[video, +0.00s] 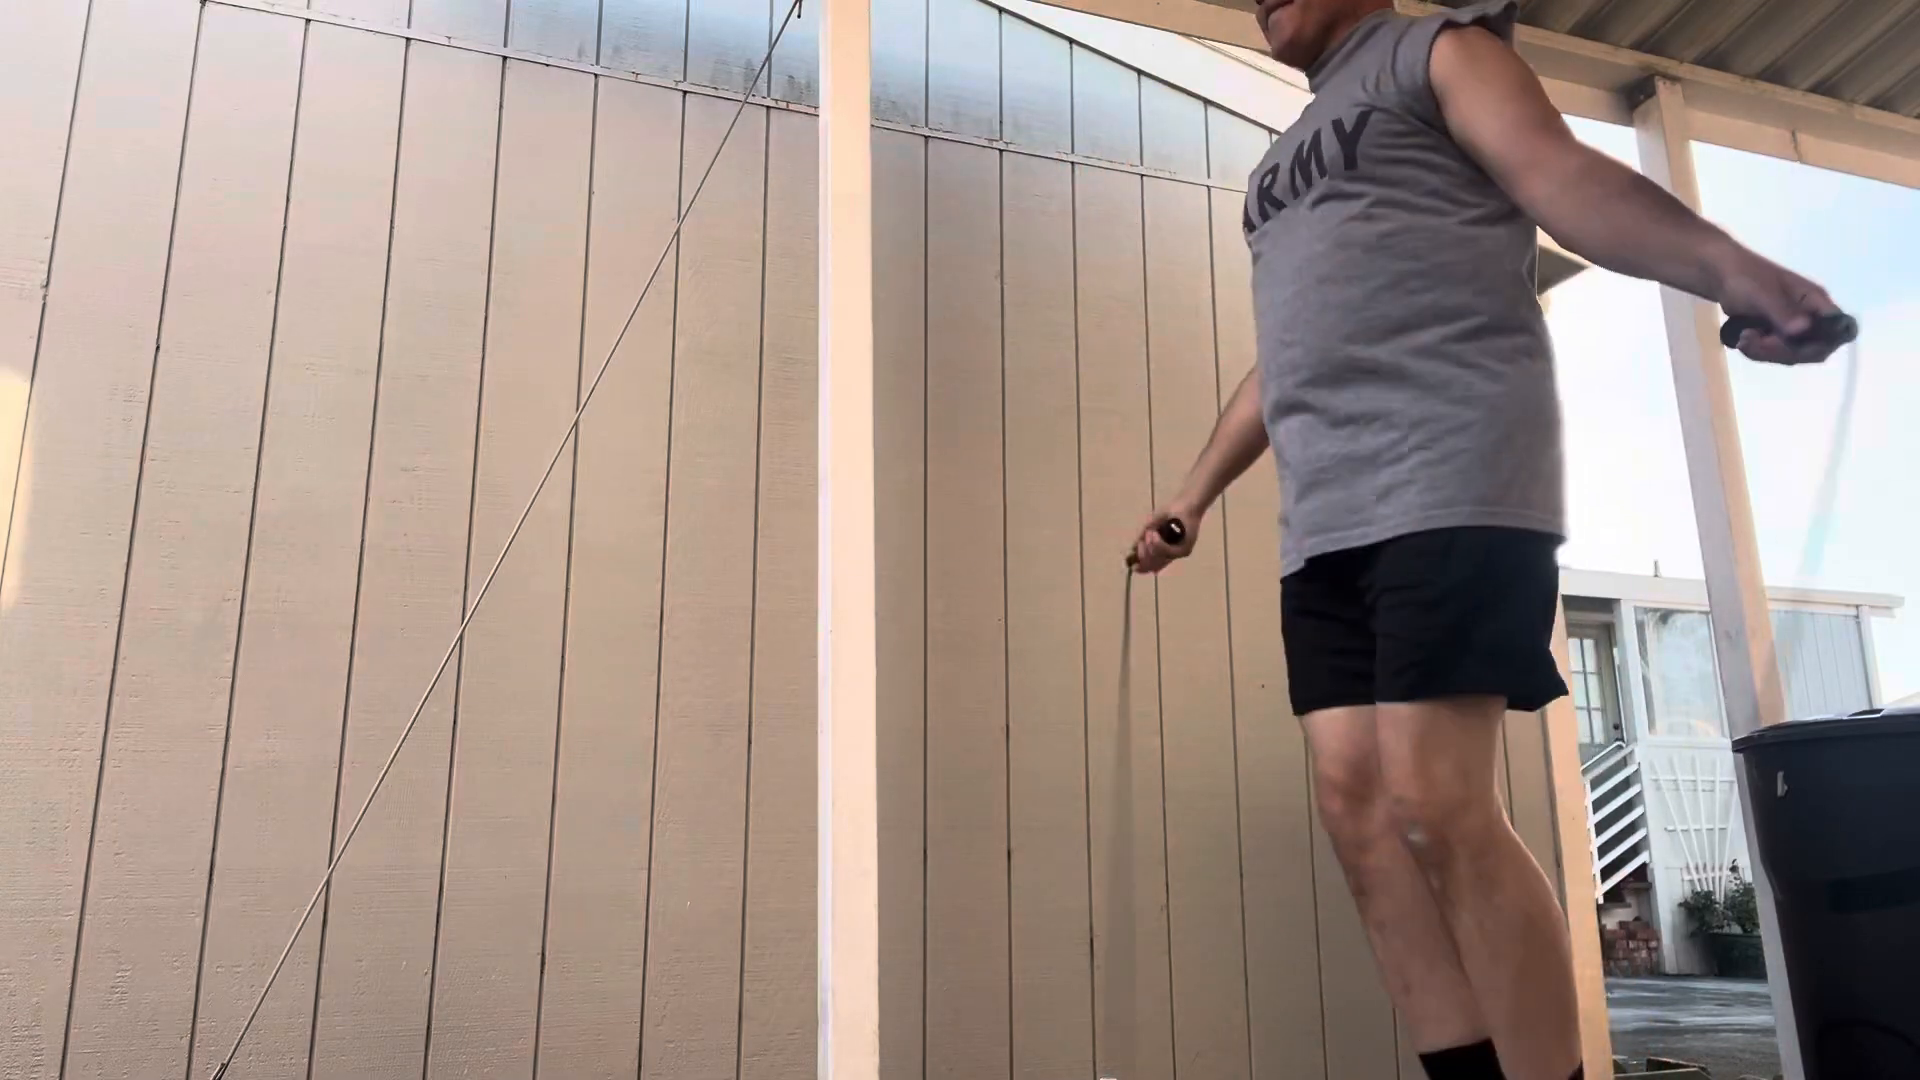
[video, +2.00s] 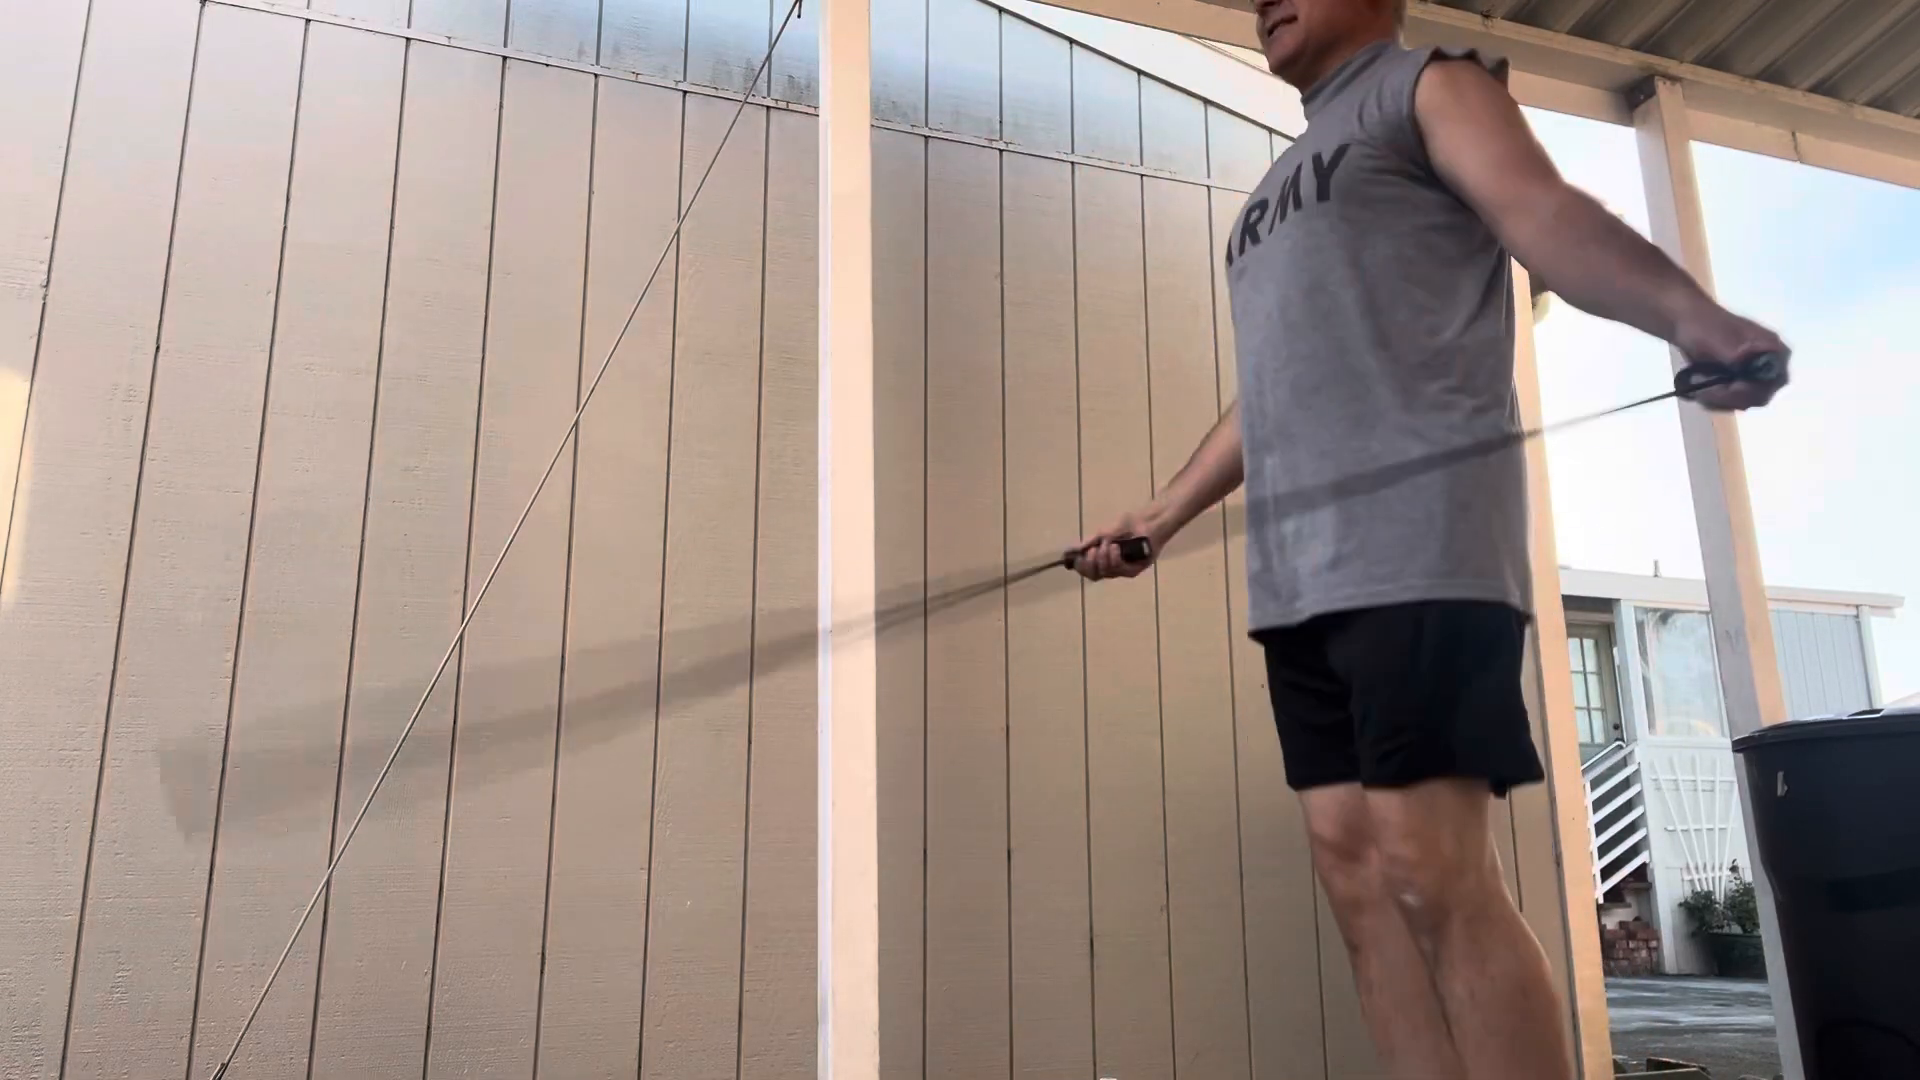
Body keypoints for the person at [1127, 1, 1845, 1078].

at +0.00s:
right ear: (1274, 23)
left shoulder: (1440, 49)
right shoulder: (1280, 163)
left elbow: (1562, 179)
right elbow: (1287, 359)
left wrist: (1729, 264)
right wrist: (1193, 492)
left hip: (1457, 465)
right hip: (1324, 498)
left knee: (1439, 800)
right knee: (1355, 807)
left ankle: (1546, 1072)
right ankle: (1467, 1070)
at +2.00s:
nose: (1260, 6)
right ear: (1272, 25)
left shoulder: (1430, 83)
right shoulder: (1276, 185)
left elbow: (1542, 214)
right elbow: (1273, 386)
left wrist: (1689, 314)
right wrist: (1164, 511)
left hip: (1424, 546)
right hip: (1300, 564)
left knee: (1433, 868)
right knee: (1348, 865)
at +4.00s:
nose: (1327, 41)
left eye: (1354, 16)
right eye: (1321, 30)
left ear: (1437, 24)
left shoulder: (1514, 134)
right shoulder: (1349, 243)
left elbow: (1646, 269)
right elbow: (1346, 442)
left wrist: (1762, 385)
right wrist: (1197, 532)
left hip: (1521, 607)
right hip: (1383, 631)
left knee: (1528, 940)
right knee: (1416, 927)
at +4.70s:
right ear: (1344, 27)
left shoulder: (1528, 67)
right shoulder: (1349, 182)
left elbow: (1686, 191)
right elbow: (1359, 381)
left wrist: (1854, 219)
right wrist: (1224, 449)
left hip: (1532, 529)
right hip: (1381, 557)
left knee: (1543, 866)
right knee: (1429, 865)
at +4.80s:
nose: (1344, 37)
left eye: (1371, 11)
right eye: (1337, 26)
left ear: (1454, 22)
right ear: (1341, 62)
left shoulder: (1541, 129)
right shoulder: (1358, 245)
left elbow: (1683, 242)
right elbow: (1358, 437)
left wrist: (1796, 293)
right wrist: (1198, 472)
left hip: (1548, 589)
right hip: (1395, 616)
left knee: (1540, 921)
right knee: (1420, 924)